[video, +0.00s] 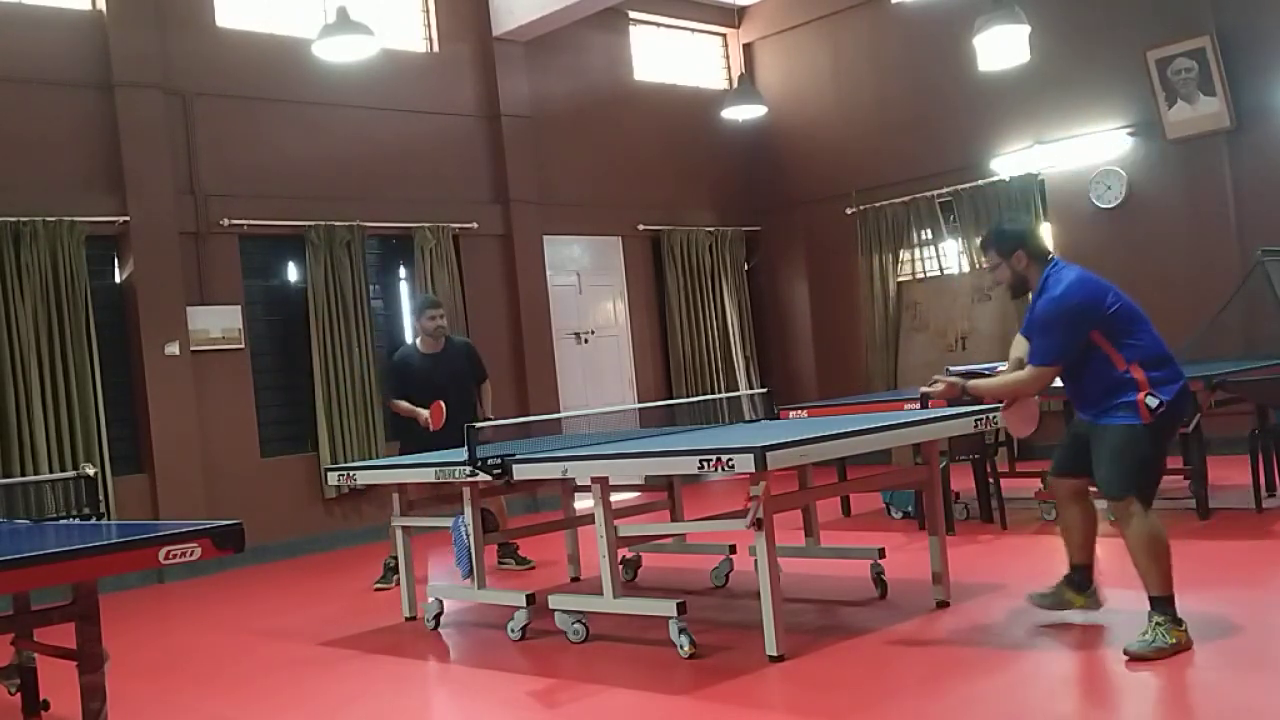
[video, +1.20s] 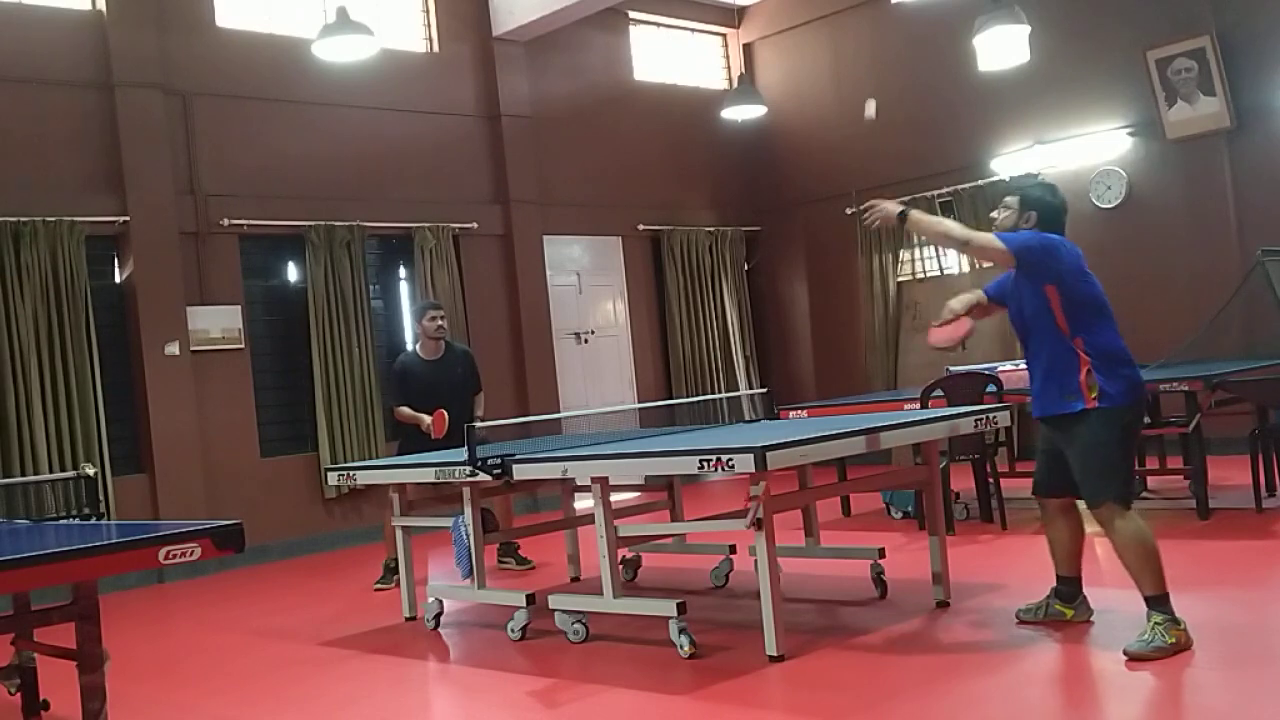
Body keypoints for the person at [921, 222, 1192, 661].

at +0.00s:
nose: (993, 278)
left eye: (995, 267)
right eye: (990, 270)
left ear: (1020, 258)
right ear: (1020, 260)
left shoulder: (1064, 295)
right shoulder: (1045, 292)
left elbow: (1035, 380)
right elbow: (1025, 340)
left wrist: (963, 387)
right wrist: (1012, 370)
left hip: (1142, 399)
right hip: (1103, 403)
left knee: (1124, 500)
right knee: (1065, 481)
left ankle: (1167, 622)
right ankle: (1079, 586)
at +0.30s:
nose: (965, 337)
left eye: (965, 326)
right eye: (960, 329)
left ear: (989, 313)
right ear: (990, 313)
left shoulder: (1030, 341)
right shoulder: (1019, 331)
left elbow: (995, 418)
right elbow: (992, 380)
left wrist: (928, 415)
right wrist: (990, 412)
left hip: (1139, 410)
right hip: (1095, 420)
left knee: (1113, 502)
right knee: (1054, 493)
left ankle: (1166, 621)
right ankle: (1070, 600)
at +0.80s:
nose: (956, 309)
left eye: (958, 298)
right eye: (953, 300)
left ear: (985, 290)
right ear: (988, 290)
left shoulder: (1017, 321)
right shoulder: (1017, 314)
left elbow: (983, 397)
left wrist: (917, 408)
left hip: (1119, 409)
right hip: (1083, 416)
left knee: (1102, 502)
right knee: (1044, 492)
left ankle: (1166, 622)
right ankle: (1069, 599)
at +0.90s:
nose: (967, 263)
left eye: (971, 255)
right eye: (967, 255)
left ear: (996, 254)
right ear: (1000, 255)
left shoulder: (1021, 291)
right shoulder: (1013, 290)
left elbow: (965, 353)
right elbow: (983, 343)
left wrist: (900, 376)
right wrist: (981, 372)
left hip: (1109, 406)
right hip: (1070, 412)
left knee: (1106, 503)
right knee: (1051, 494)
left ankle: (1165, 621)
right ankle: (1068, 598)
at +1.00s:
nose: (971, 229)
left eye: (980, 221)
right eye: (973, 221)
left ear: (1007, 226)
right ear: (1010, 228)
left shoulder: (1025, 262)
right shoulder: (1012, 266)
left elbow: (951, 302)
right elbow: (972, 307)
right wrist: (959, 341)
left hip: (1106, 398)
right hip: (1074, 404)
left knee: (1114, 500)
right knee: (1061, 494)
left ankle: (1164, 619)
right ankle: (1069, 597)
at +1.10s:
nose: (984, 218)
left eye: (993, 210)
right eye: (987, 210)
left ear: (1020, 218)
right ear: (1017, 221)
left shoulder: (1037, 249)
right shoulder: (1014, 261)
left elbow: (949, 257)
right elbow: (975, 290)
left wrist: (884, 229)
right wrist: (948, 307)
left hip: (1104, 397)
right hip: (1067, 403)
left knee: (1116, 502)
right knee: (1060, 497)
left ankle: (1165, 619)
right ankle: (1069, 597)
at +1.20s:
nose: (992, 216)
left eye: (1003, 209)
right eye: (996, 209)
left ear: (1030, 218)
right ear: (1026, 221)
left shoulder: (1049, 249)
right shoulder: (1020, 274)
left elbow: (969, 240)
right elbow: (979, 301)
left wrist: (903, 213)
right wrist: (955, 308)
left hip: (1102, 402)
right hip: (1060, 408)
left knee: (1109, 507)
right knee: (1053, 496)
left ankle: (1165, 620)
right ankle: (1068, 598)